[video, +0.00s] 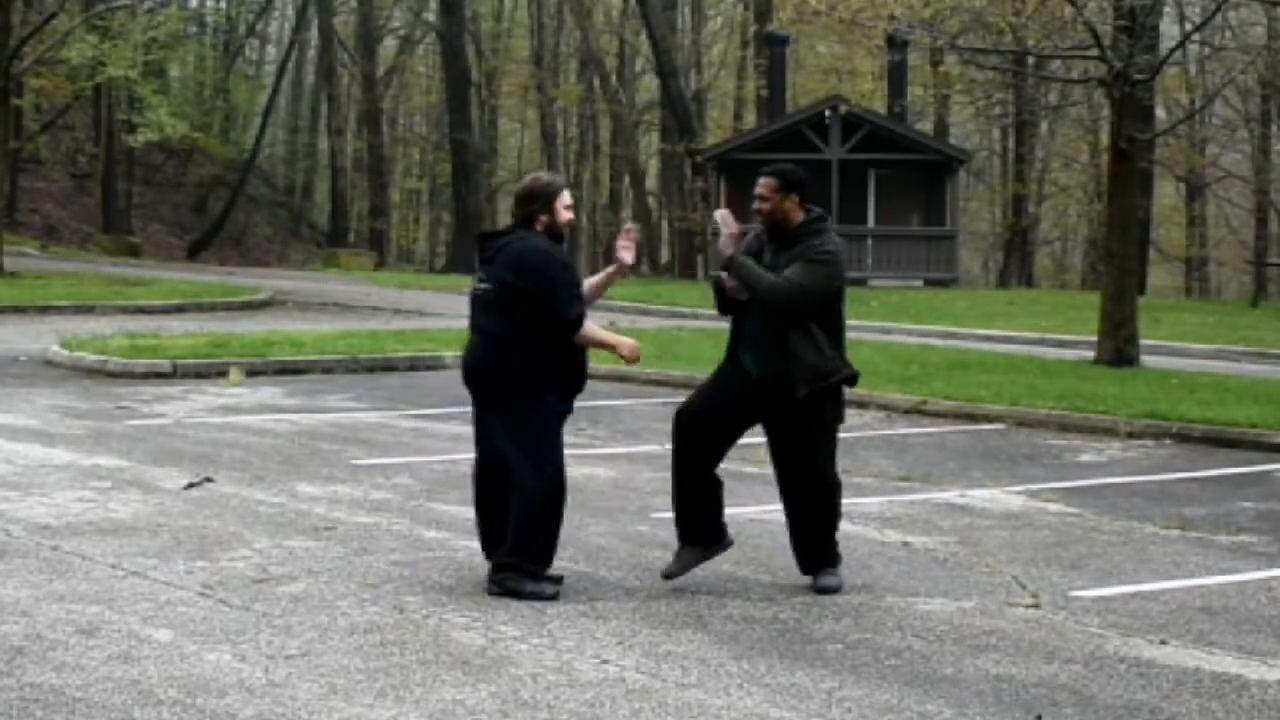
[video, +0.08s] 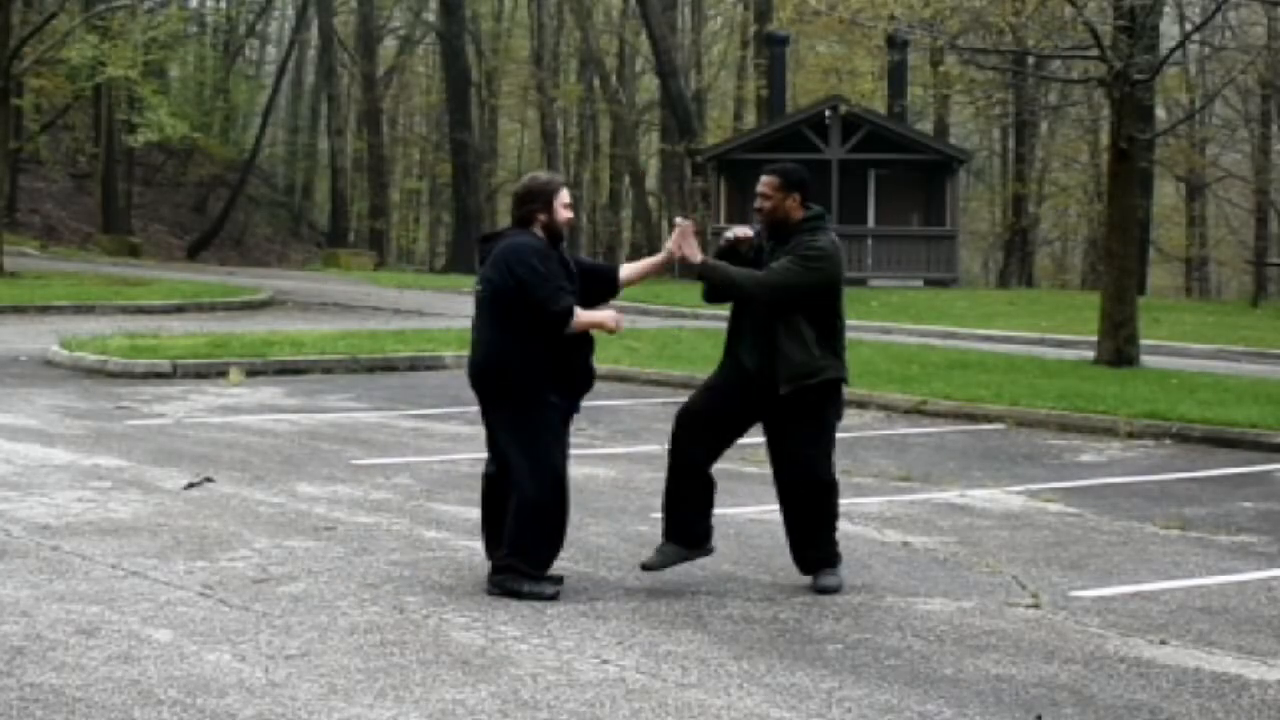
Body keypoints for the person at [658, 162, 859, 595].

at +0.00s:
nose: (757, 207)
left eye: (765, 200)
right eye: (756, 199)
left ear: (793, 202)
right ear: (760, 202)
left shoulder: (823, 251)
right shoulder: (758, 241)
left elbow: (782, 293)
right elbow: (732, 306)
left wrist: (733, 258)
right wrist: (727, 285)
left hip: (806, 384)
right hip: (748, 376)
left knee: (809, 477)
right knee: (692, 426)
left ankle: (823, 564)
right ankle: (702, 536)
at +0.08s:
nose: (758, 206)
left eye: (766, 199)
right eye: (757, 197)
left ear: (794, 201)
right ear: (770, 201)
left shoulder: (820, 250)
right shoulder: (762, 242)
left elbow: (765, 286)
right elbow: (722, 287)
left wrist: (702, 266)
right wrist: (733, 251)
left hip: (805, 383)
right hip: (749, 375)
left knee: (807, 474)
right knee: (692, 428)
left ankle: (823, 564)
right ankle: (687, 538)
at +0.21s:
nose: (754, 203)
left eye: (762, 196)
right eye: (753, 195)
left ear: (791, 199)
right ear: (756, 197)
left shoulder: (817, 249)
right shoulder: (748, 235)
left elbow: (771, 292)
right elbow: (697, 254)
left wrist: (713, 282)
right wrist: (690, 214)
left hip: (796, 389)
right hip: (736, 385)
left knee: (805, 479)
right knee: (696, 464)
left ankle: (824, 564)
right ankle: (666, 556)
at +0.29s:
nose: (750, 203)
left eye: (758, 197)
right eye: (750, 195)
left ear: (786, 200)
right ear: (756, 197)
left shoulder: (813, 251)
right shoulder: (743, 233)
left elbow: (775, 298)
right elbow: (689, 240)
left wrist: (720, 284)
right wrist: (693, 196)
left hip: (790, 389)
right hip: (730, 385)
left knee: (801, 480)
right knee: (694, 473)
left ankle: (823, 565)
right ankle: (671, 567)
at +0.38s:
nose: (748, 204)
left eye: (757, 197)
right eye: (748, 196)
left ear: (787, 202)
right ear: (748, 199)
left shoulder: (811, 253)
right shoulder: (740, 233)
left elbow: (778, 303)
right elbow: (683, 231)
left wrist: (720, 284)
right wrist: (695, 179)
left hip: (784, 386)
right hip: (728, 380)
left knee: (796, 478)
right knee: (688, 470)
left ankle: (824, 564)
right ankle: (670, 566)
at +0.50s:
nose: (755, 205)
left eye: (763, 200)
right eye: (754, 198)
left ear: (791, 203)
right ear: (755, 197)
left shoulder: (816, 253)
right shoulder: (741, 230)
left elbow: (803, 309)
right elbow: (682, 227)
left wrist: (731, 293)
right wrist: (698, 175)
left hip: (787, 384)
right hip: (732, 377)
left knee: (789, 473)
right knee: (692, 469)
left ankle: (842, 554)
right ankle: (672, 566)